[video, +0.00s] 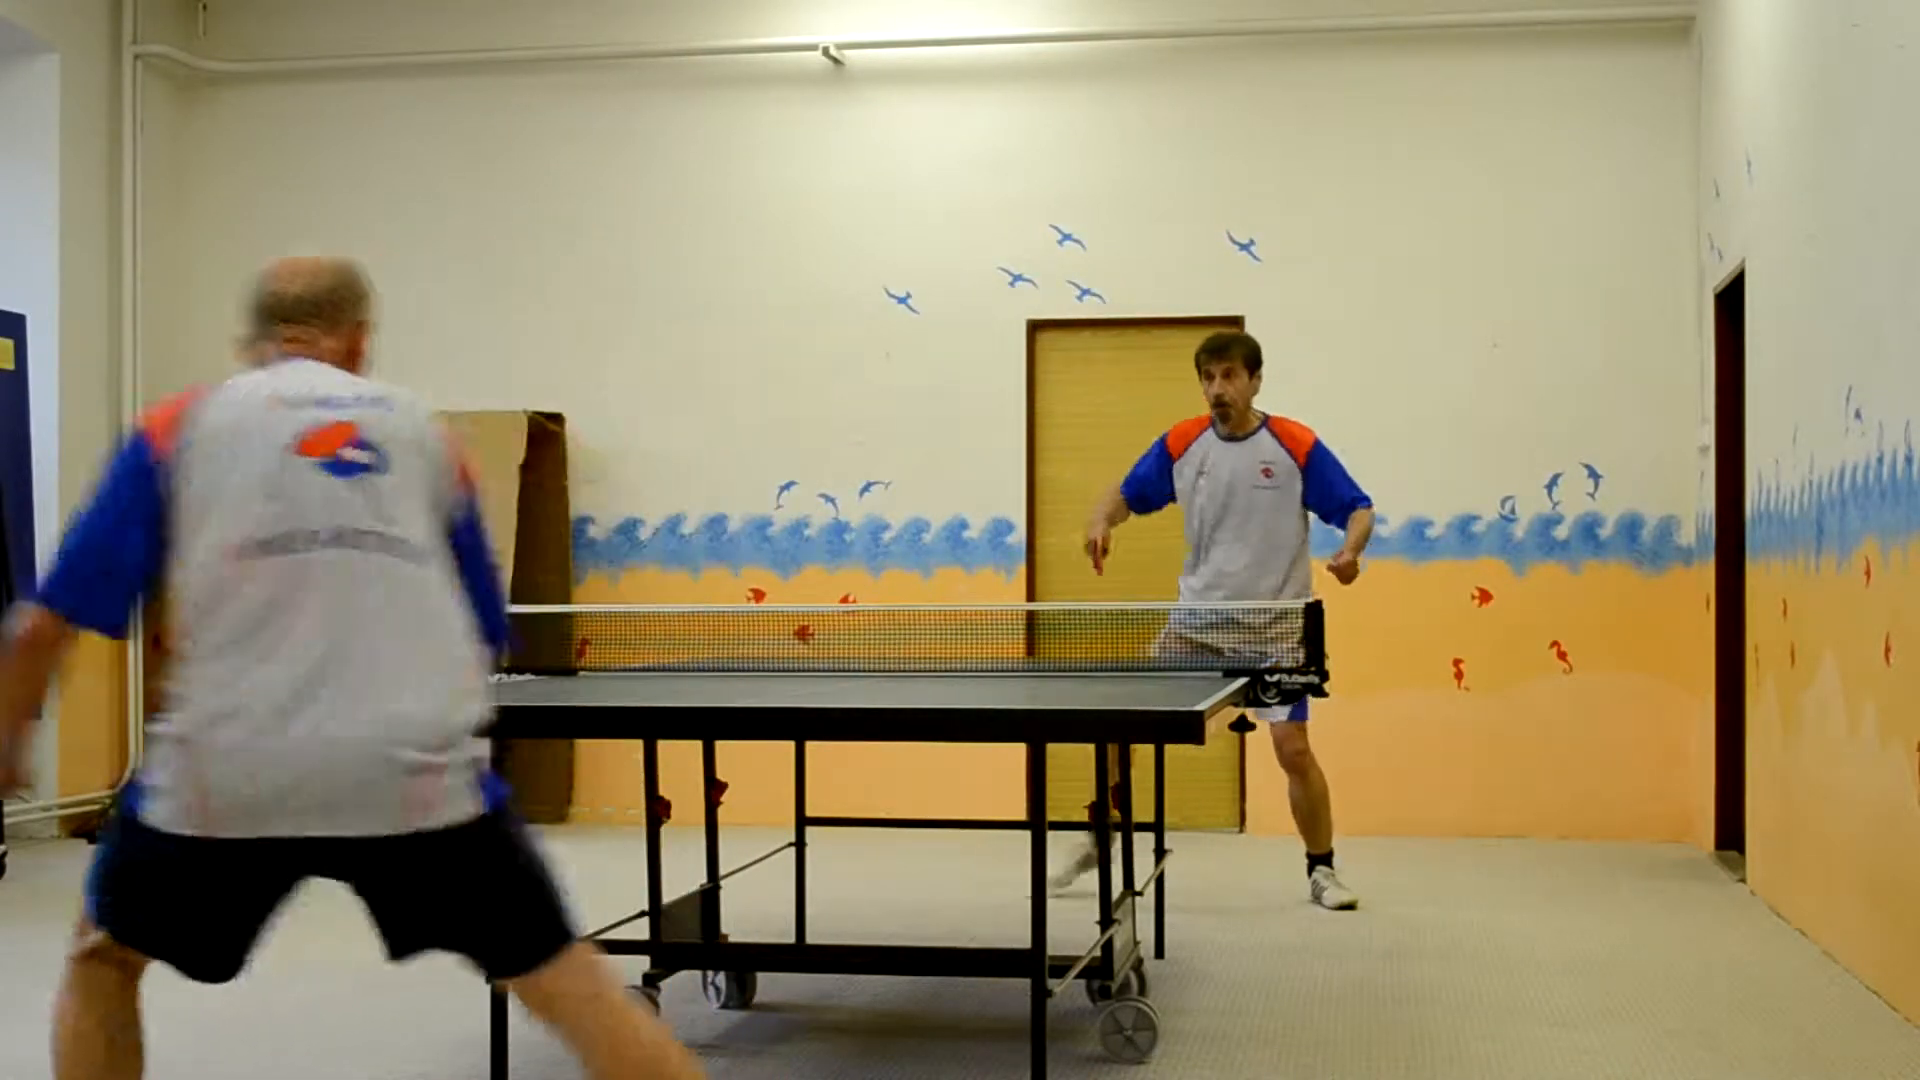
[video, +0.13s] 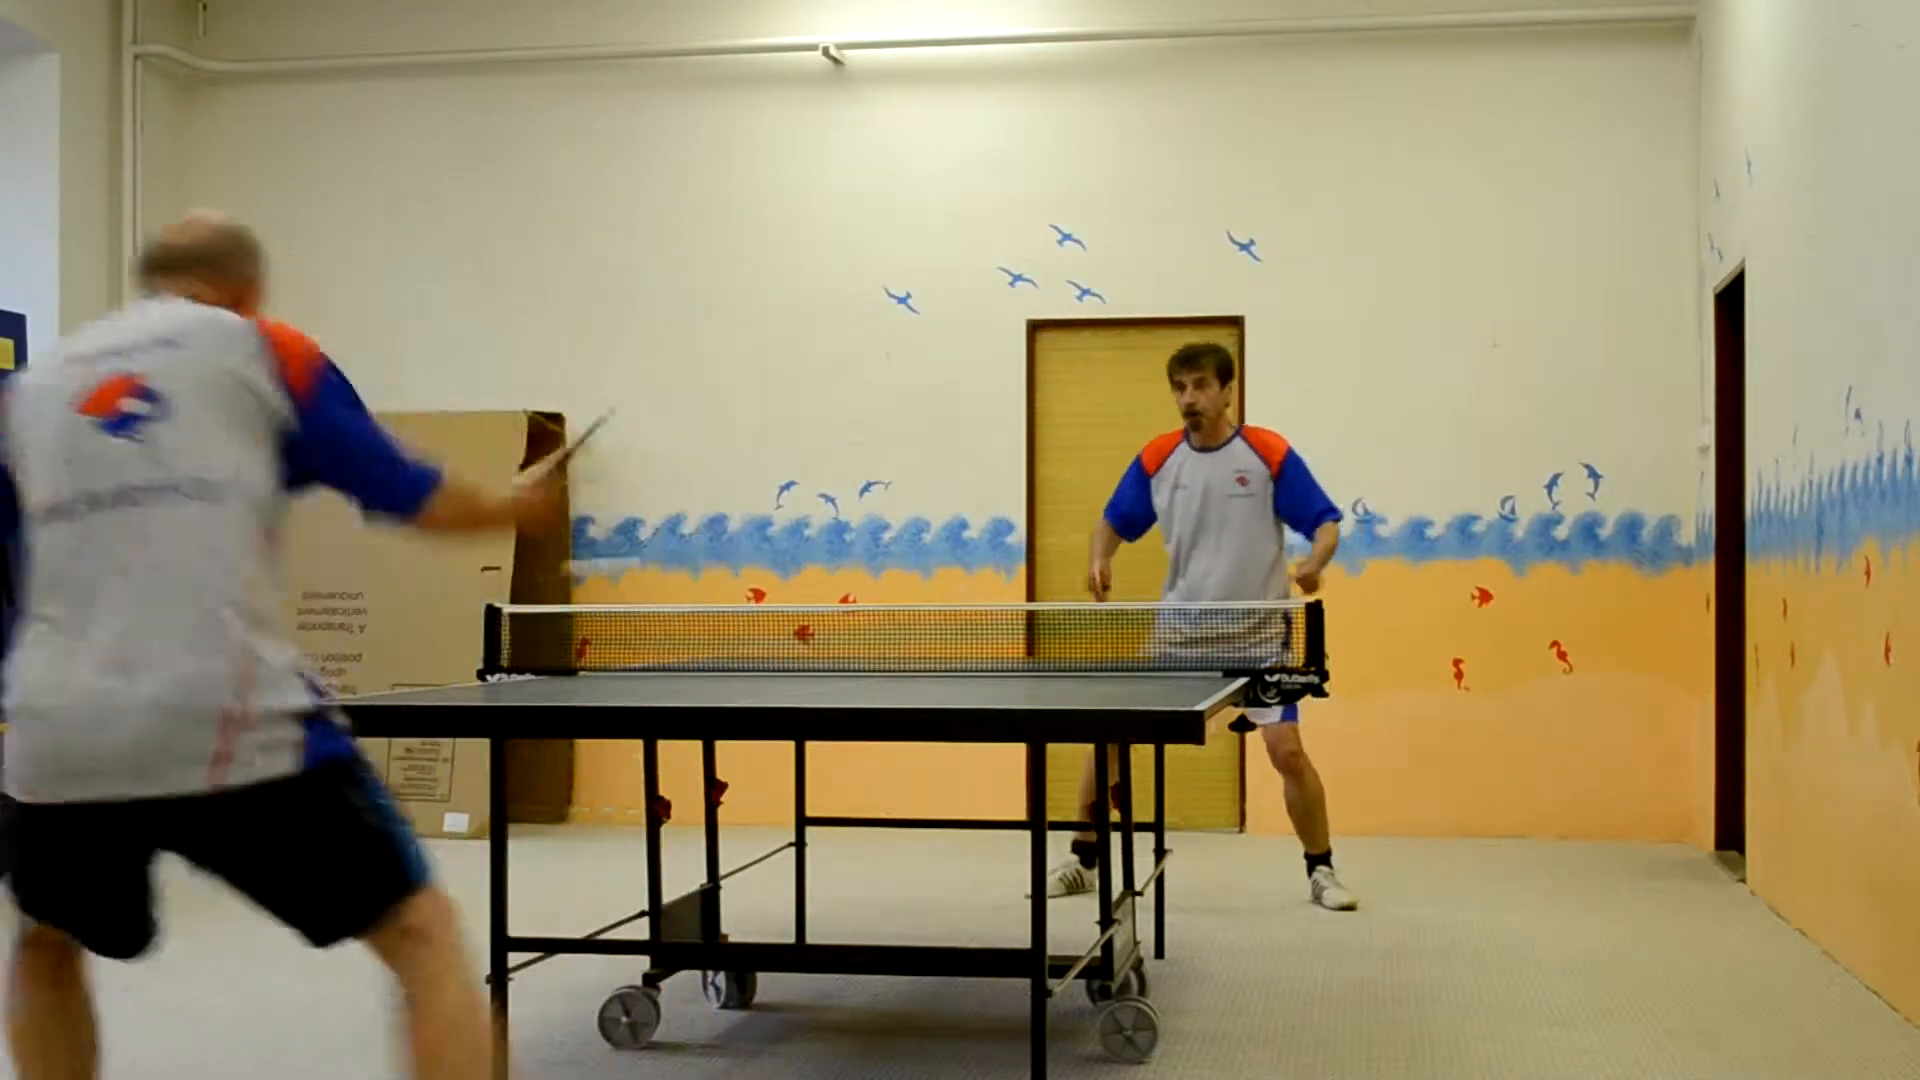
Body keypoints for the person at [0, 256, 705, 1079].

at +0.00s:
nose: (363, 355)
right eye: (366, 340)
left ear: (245, 340)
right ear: (359, 342)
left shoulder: (176, 430)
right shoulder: (427, 440)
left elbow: (41, 626)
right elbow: (486, 635)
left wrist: (14, 742)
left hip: (224, 782)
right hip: (417, 780)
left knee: (105, 965)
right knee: (582, 993)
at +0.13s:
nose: (259, 312)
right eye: (261, 300)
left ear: (146, 284)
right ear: (247, 294)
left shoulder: (29, 389)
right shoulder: (264, 354)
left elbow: (12, 575)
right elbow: (413, 494)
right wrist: (520, 504)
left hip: (57, 739)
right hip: (233, 722)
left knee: (44, 946)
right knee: (422, 936)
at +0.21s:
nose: (177, 267)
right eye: (177, 253)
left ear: (61, 250)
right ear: (168, 250)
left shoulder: (13, 342)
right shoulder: (190, 313)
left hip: (10, 716)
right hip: (158, 706)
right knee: (323, 933)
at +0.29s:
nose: (106, 246)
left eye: (99, 234)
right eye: (100, 233)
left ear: (11, 235)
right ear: (79, 233)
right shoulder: (81, 310)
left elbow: (248, 354)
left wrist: (448, 323)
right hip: (90, 721)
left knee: (248, 993)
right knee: (249, 991)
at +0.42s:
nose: (49, 296)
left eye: (48, 273)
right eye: (45, 272)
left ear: (14, 273)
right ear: (11, 274)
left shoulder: (13, 391)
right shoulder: (3, 387)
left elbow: (45, 502)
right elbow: (39, 502)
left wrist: (201, 547)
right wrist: (196, 548)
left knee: (148, 986)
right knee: (159, 984)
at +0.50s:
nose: (48, 303)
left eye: (48, 280)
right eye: (45, 278)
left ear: (12, 280)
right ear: (11, 279)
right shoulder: (7, 390)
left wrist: (57, 719)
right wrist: (52, 715)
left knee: (80, 982)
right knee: (109, 971)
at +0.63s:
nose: (51, 292)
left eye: (48, 268)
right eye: (43, 267)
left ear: (10, 272)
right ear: (7, 270)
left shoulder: (6, 388)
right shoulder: (2, 389)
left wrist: (56, 696)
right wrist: (58, 699)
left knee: (35, 1027)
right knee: (35, 1028)